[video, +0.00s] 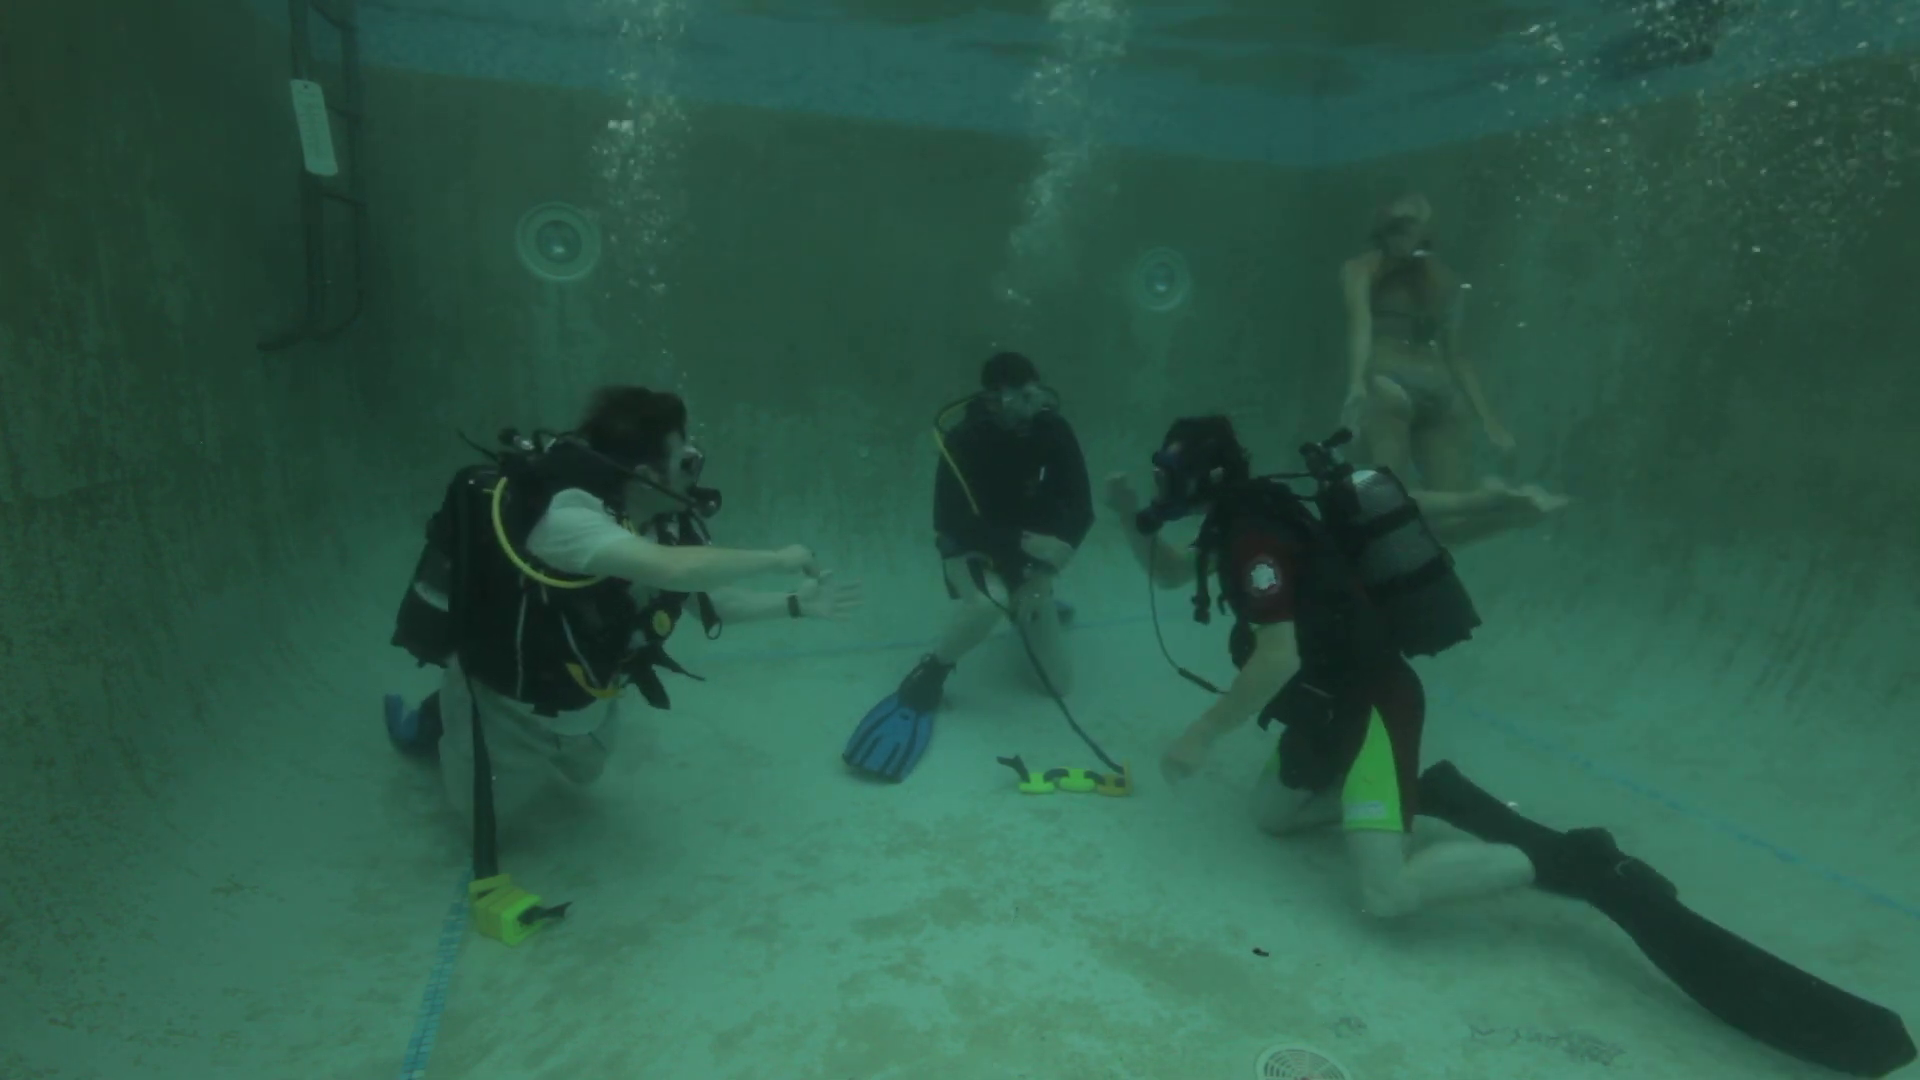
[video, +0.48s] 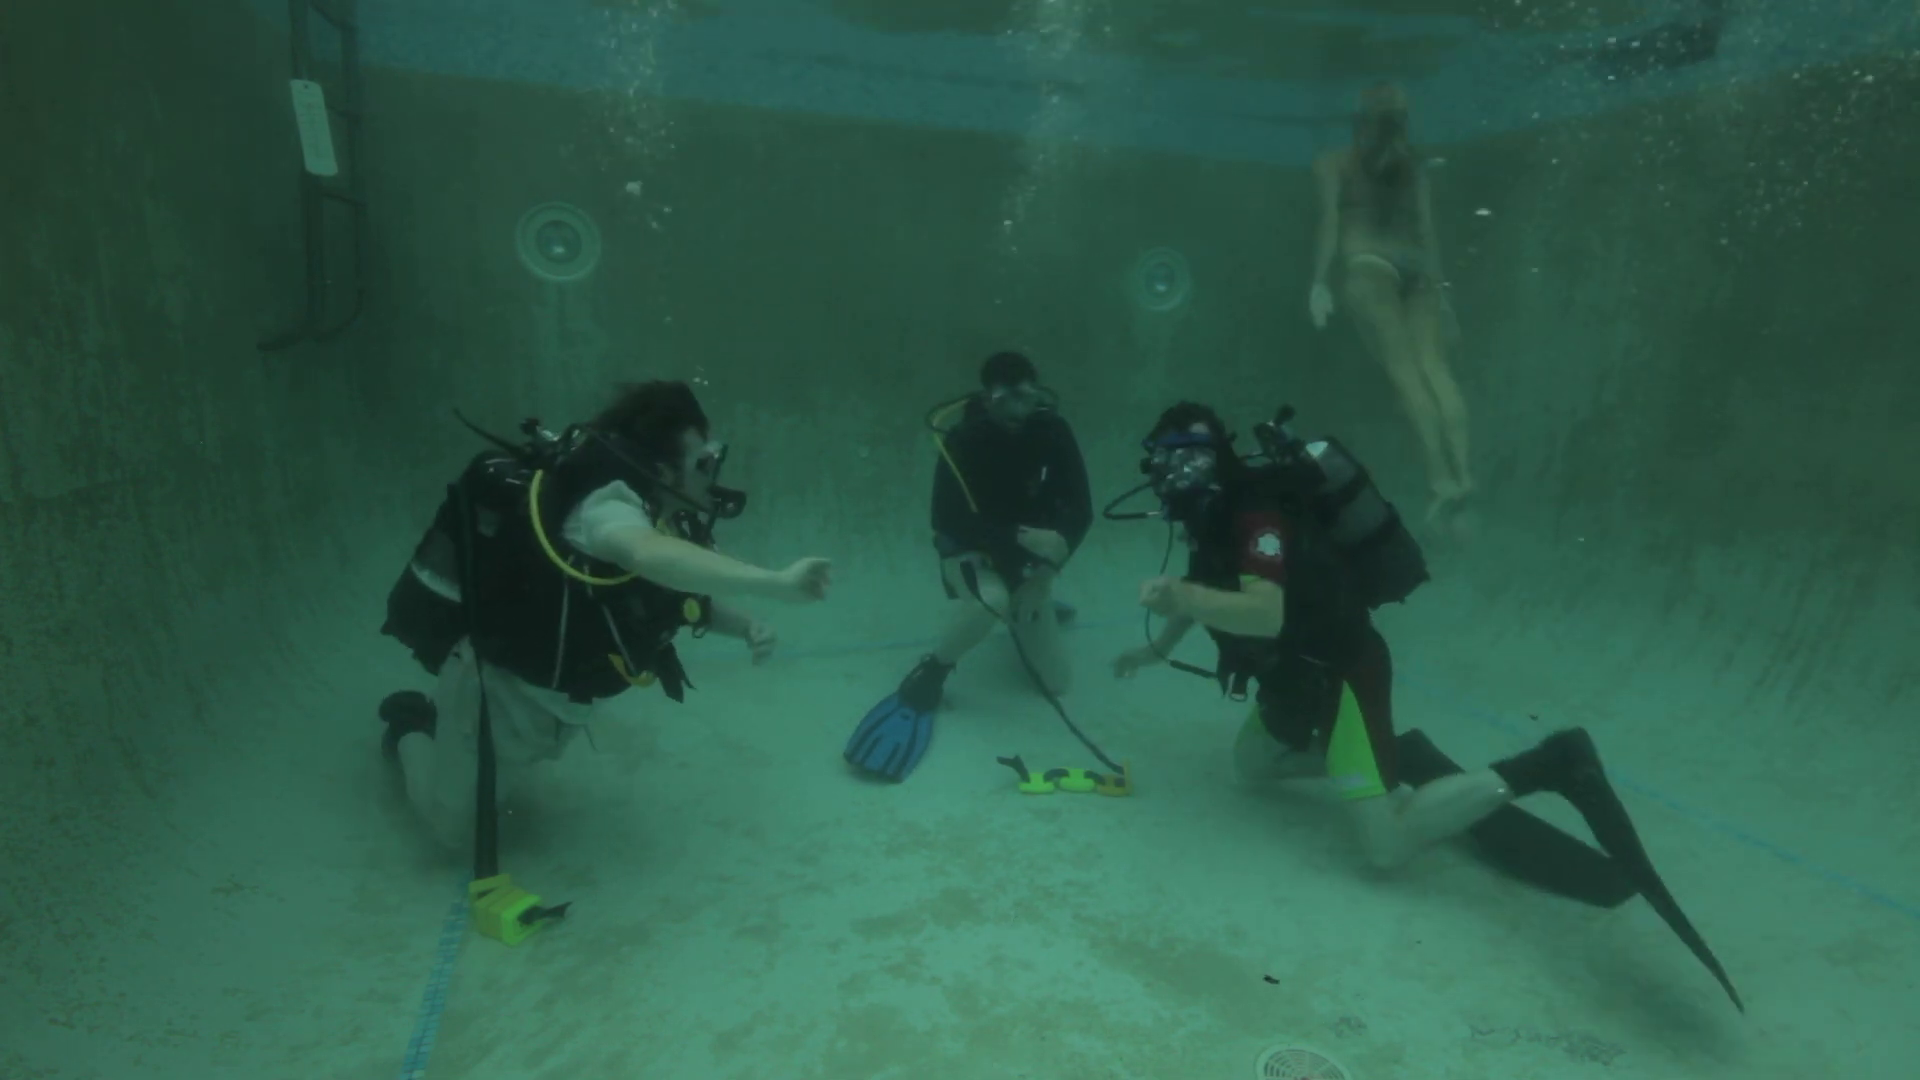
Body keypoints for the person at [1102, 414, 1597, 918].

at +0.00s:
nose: (1162, 486)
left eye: (1169, 474)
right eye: (1162, 472)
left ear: (1205, 476)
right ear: (1211, 472)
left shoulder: (1254, 531)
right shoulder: (1231, 518)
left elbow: (1278, 657)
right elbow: (1170, 571)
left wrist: (1201, 735)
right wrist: (1138, 524)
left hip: (1373, 699)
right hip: (1325, 694)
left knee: (1386, 892)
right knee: (1279, 813)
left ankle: (1568, 862)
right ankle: (1426, 798)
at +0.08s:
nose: (1153, 484)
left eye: (1165, 474)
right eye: (1153, 472)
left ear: (1207, 472)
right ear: (1193, 472)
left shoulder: (1255, 527)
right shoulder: (1225, 519)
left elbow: (1296, 647)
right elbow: (1181, 584)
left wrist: (1220, 732)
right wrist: (1101, 535)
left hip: (1370, 690)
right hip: (1320, 687)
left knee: (1390, 878)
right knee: (1274, 809)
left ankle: (1563, 860)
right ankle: (1421, 796)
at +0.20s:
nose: (1157, 496)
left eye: (1168, 480)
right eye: (1151, 481)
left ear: (1206, 471)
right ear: (1156, 477)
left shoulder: (1260, 522)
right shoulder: (1219, 519)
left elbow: (1307, 641)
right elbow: (1185, 590)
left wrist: (1223, 709)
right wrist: (1098, 591)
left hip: (1365, 679)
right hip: (1311, 678)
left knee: (1400, 855)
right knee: (1267, 797)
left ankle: (1583, 849)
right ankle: (1409, 786)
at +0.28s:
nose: (1166, 495)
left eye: (1177, 479)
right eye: (1157, 483)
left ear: (1210, 471)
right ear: (1154, 479)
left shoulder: (1266, 523)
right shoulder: (1217, 522)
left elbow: (1301, 634)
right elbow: (1191, 589)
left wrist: (1210, 673)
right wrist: (1124, 621)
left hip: (1358, 673)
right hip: (1299, 673)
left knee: (1401, 846)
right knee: (1264, 787)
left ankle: (1577, 824)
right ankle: (1389, 776)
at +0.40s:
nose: (1174, 485)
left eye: (1185, 468)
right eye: (1164, 472)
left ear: (1219, 461)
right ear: (1156, 472)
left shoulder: (1261, 513)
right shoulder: (1207, 517)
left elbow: (1280, 625)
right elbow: (1206, 601)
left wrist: (1177, 623)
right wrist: (1159, 635)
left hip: (1350, 672)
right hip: (1294, 672)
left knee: (1395, 842)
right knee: (1261, 770)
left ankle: (1572, 785)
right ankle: (1410, 769)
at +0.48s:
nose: (1170, 484)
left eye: (1182, 466)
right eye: (1160, 470)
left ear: (1216, 457)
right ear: (1161, 472)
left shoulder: (1261, 511)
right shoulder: (1210, 517)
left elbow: (1267, 614)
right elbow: (1205, 601)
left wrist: (1182, 599)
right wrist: (1159, 646)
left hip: (1346, 670)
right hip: (1292, 666)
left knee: (1383, 840)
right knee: (1260, 765)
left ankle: (1548, 765)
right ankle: (1405, 761)